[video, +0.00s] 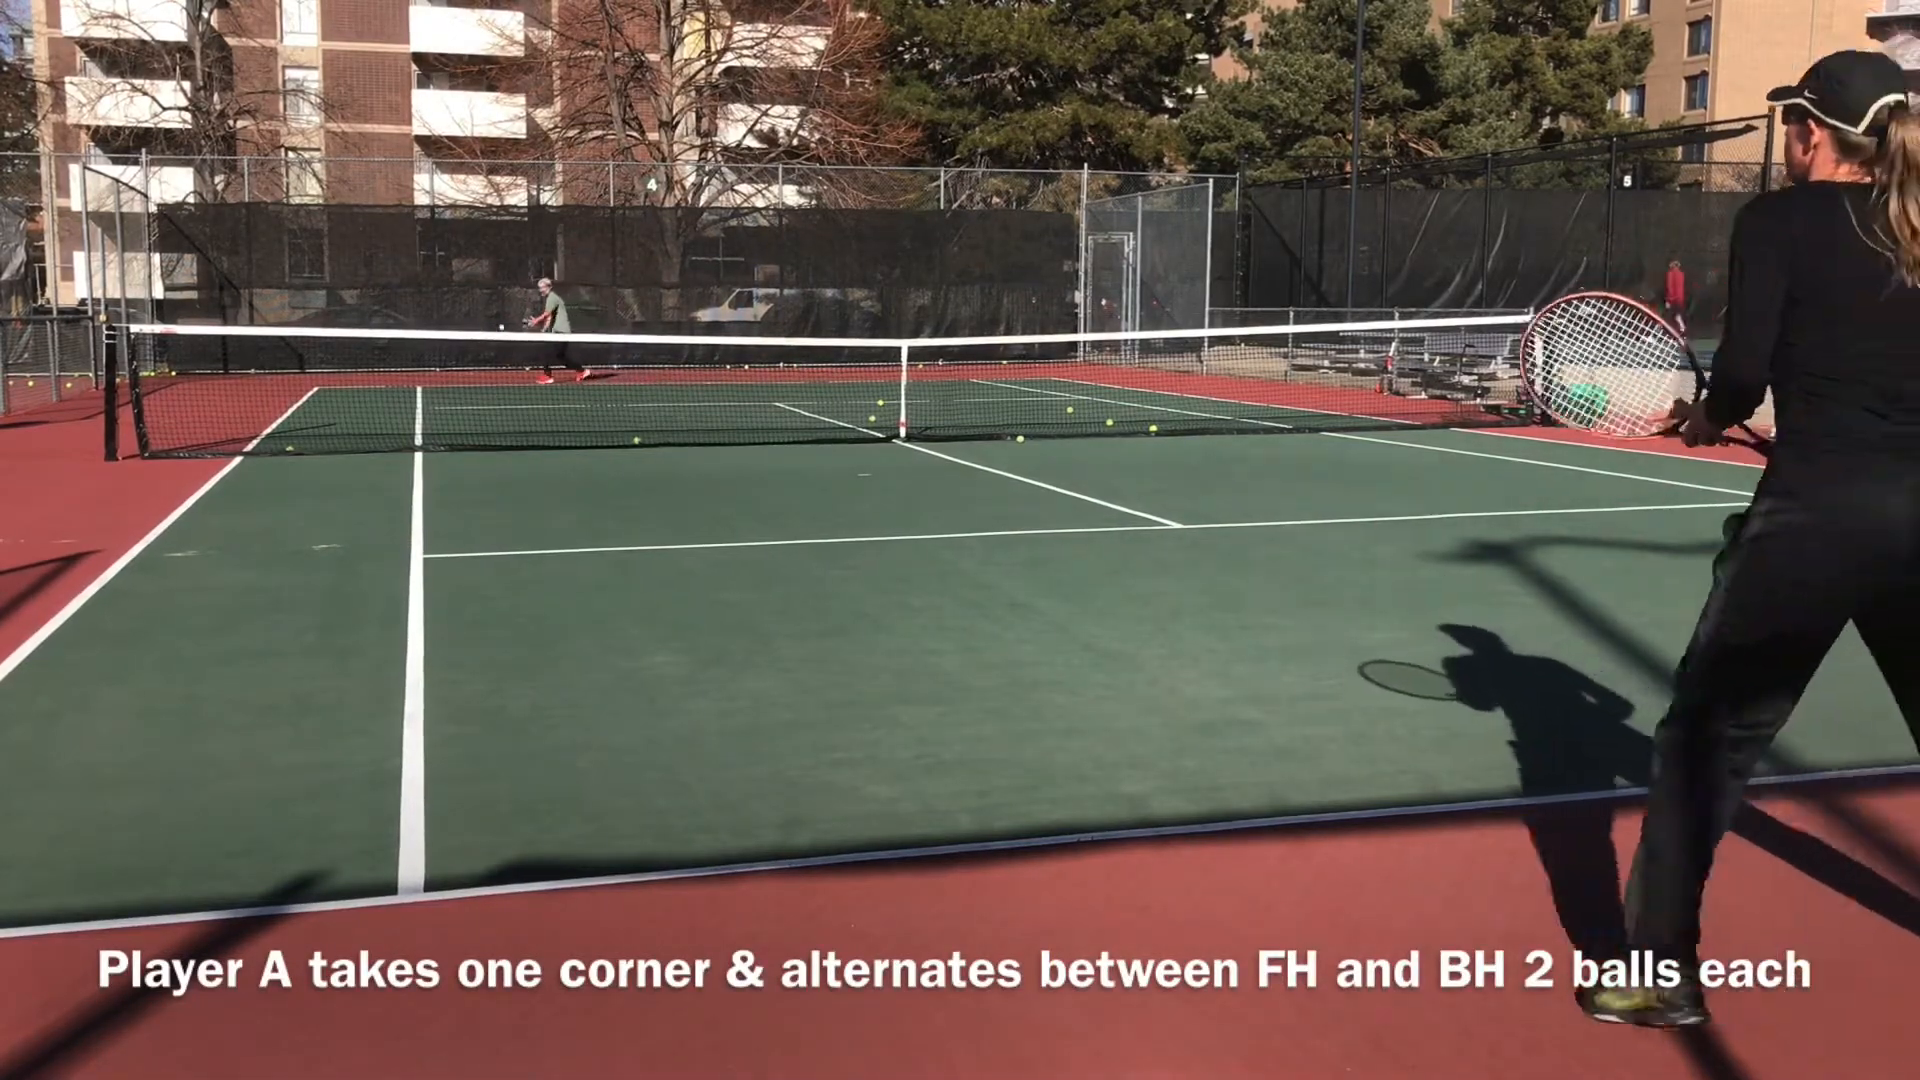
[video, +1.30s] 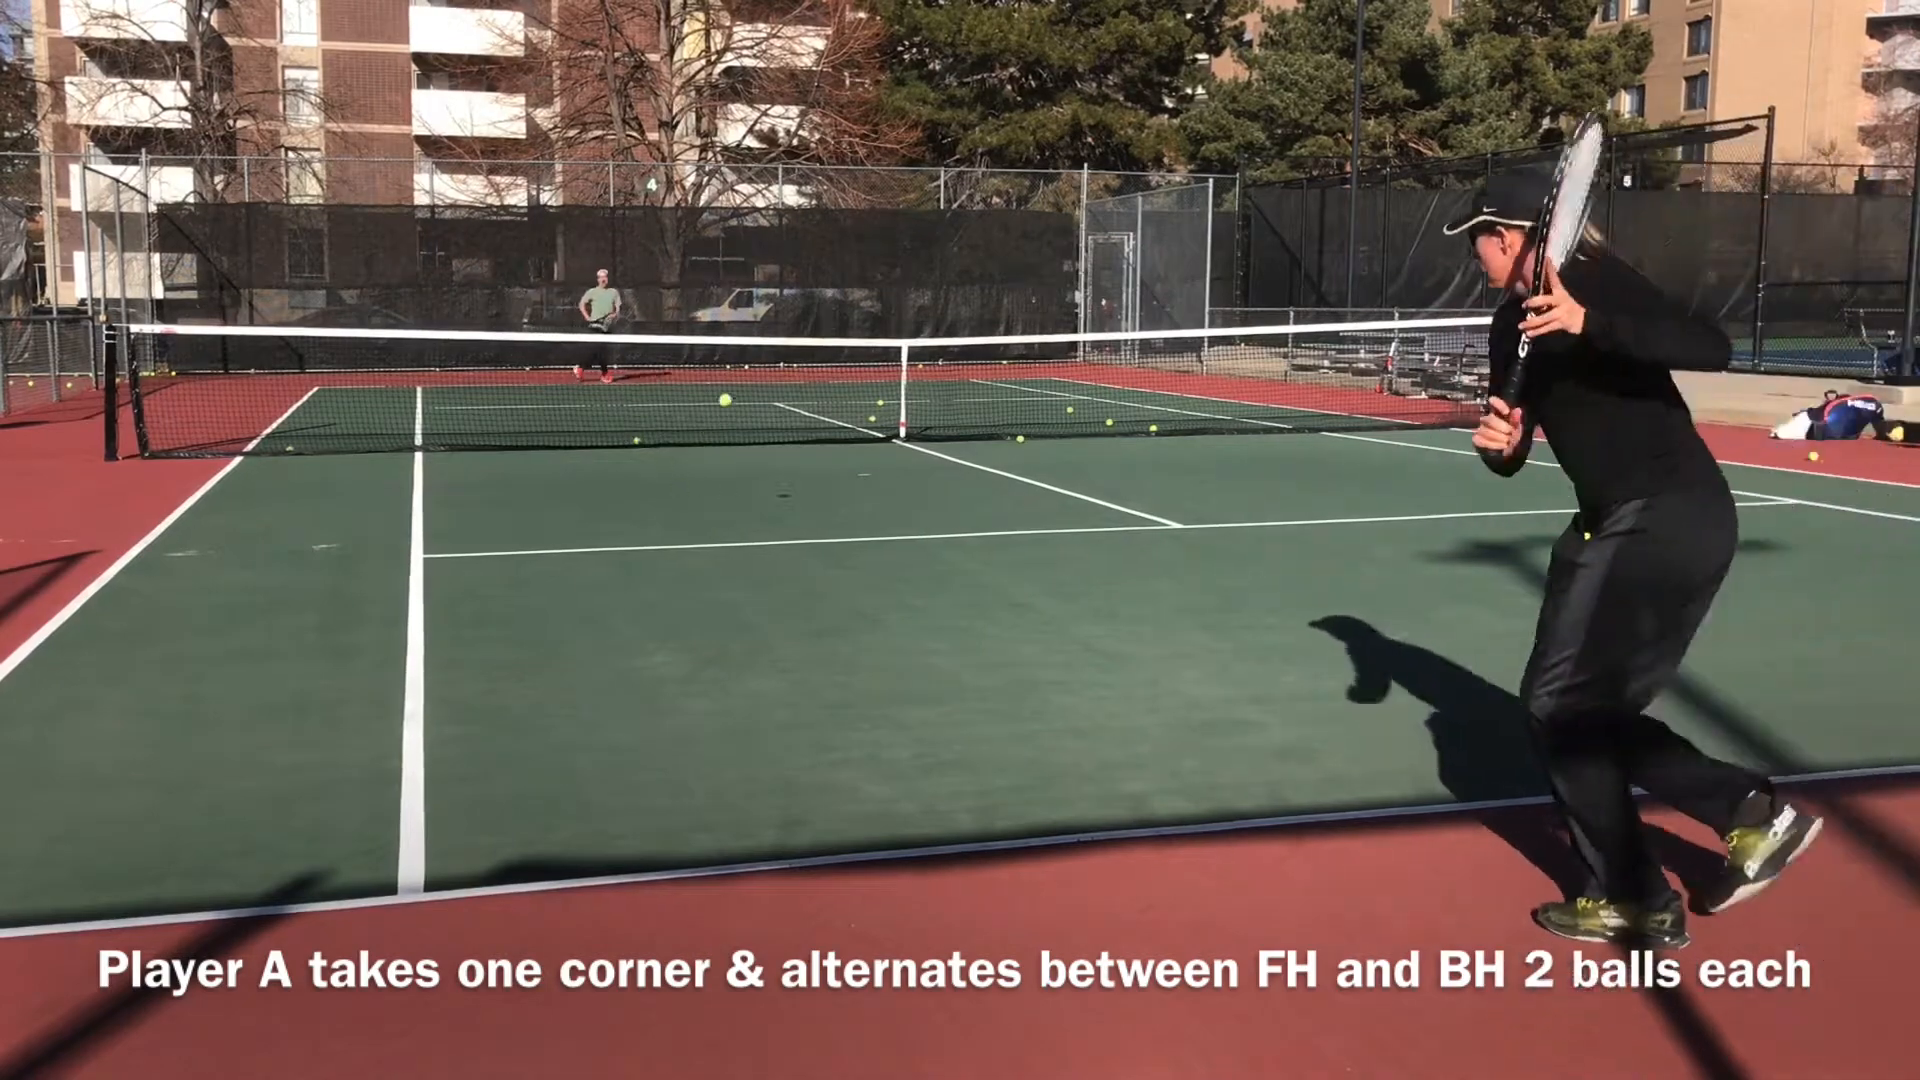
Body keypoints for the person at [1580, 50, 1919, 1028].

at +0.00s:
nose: (1786, 141)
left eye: (1793, 128)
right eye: (1792, 127)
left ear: (1821, 136)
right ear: (1881, 139)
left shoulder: (1781, 218)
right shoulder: (1912, 211)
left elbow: (1747, 368)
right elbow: (1885, 376)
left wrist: (1704, 415)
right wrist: (1772, 419)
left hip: (1817, 512)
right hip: (1908, 516)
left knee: (1706, 730)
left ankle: (1658, 966)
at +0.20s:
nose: (1710, 128)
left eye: (1716, 113)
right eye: (1714, 112)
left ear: (1741, 119)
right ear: (1806, 118)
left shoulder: (1691, 202)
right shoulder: (1875, 211)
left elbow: (1668, 342)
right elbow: (1910, 346)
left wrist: (1658, 409)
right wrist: (1876, 427)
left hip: (1741, 491)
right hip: (1874, 492)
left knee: (1669, 731)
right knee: (1893, 722)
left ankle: (1657, 971)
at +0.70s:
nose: (1646, 187)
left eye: (1648, 171)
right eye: (1647, 170)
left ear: (1675, 173)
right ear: (1742, 169)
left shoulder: (1665, 258)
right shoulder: (1818, 255)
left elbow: (1681, 410)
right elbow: (1879, 396)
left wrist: (1627, 477)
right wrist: (1811, 477)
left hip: (1745, 529)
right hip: (1863, 531)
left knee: (1638, 761)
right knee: (1819, 732)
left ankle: (1593, 1012)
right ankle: (1906, 947)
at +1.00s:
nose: (1630, 262)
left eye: (1631, 242)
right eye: (1628, 244)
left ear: (1664, 236)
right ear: (1696, 233)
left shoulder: (1731, 306)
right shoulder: (1750, 305)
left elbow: (1820, 426)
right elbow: (1758, 464)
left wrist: (1689, 470)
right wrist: (1681, 554)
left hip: (1795, 568)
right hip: (1864, 574)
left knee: (1614, 703)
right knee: (1828, 790)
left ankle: (1653, 938)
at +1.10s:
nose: (1580, 237)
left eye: (1584, 220)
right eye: (1579, 221)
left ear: (1619, 217)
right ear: (1623, 217)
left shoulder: (1709, 276)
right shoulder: (1637, 305)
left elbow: (1821, 363)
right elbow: (1642, 408)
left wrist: (1697, 391)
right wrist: (1622, 479)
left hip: (1756, 529)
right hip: (1806, 530)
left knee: (1596, 686)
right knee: (1828, 752)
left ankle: (1637, 898)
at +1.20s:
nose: (1528, 231)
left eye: (1534, 215)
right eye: (1527, 217)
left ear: (1569, 215)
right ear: (1570, 218)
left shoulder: (1657, 271)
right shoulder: (1565, 302)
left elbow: (1778, 344)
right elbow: (1566, 407)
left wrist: (1662, 340)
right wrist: (1564, 446)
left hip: (1698, 509)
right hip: (1734, 509)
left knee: (1586, 693)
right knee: (1746, 720)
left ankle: (1637, 898)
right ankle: (1906, 885)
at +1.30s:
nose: (1476, 254)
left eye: (1485, 237)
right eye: (1476, 239)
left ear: (1525, 237)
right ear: (1512, 243)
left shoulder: (1593, 278)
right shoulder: (1512, 318)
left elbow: (1709, 345)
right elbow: (1514, 452)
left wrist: (1593, 322)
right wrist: (1503, 449)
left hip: (1666, 513)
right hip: (1619, 515)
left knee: (1562, 704)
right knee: (1579, 708)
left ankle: (1634, 898)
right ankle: (1754, 813)